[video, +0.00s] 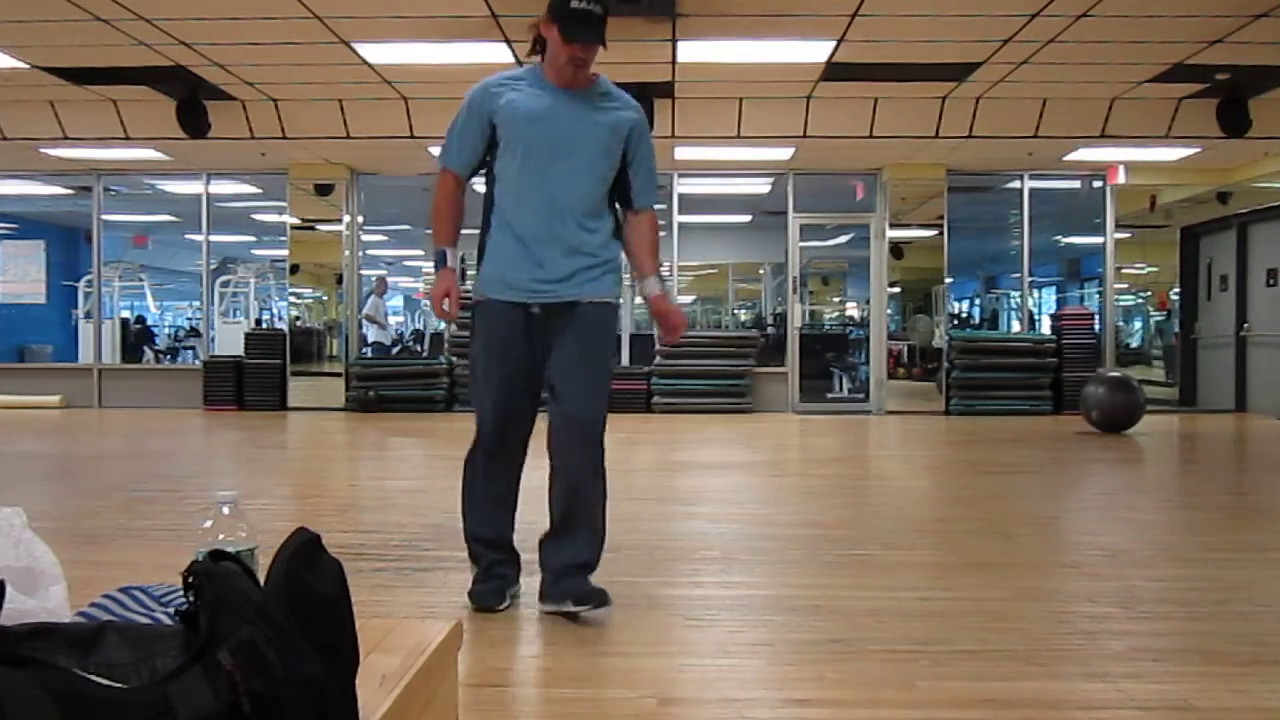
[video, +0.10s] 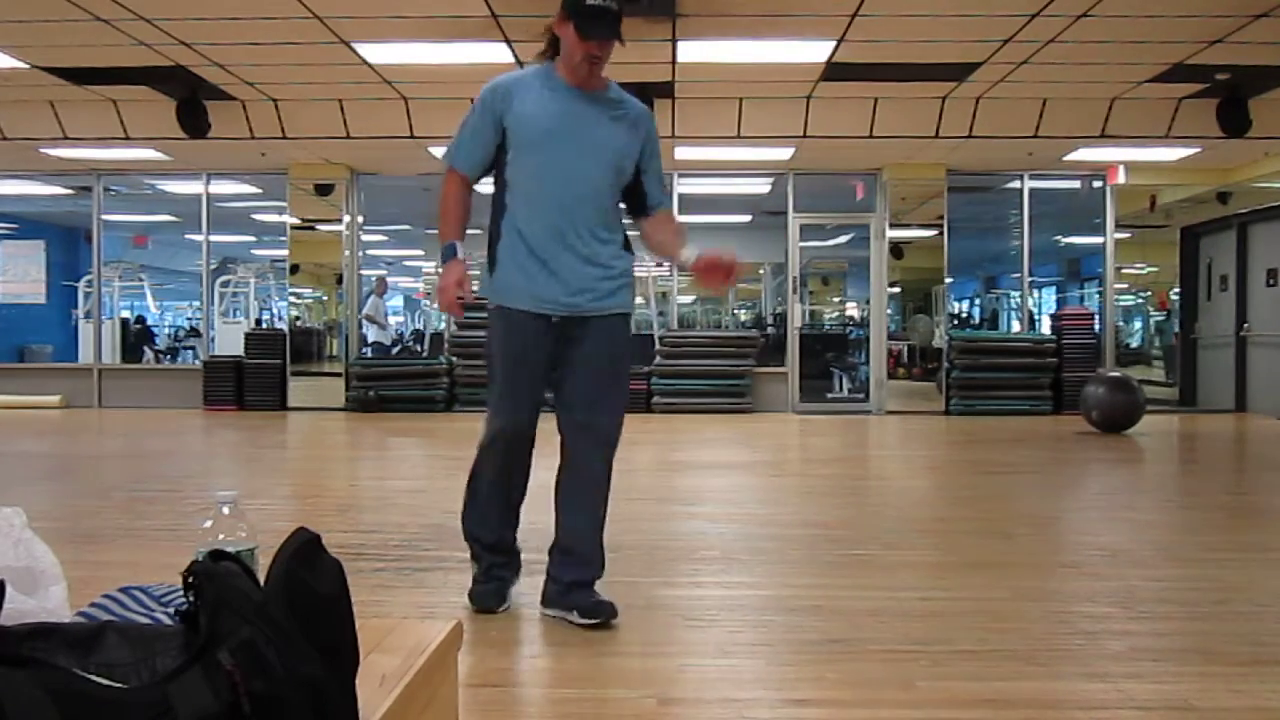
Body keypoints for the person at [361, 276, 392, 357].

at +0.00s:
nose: (386, 288)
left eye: (386, 285)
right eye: (384, 285)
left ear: (385, 286)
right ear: (378, 286)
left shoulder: (381, 301)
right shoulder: (373, 299)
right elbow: (366, 314)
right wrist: (380, 323)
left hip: (385, 338)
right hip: (377, 338)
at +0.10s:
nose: (386, 288)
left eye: (386, 285)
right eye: (384, 285)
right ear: (378, 286)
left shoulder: (381, 301)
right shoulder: (373, 299)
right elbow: (366, 314)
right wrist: (380, 323)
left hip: (385, 338)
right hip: (377, 338)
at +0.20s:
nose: (386, 288)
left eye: (386, 286)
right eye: (384, 286)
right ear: (378, 286)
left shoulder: (382, 301)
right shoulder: (373, 299)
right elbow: (366, 314)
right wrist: (380, 323)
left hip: (385, 337)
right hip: (377, 338)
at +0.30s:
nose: (386, 288)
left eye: (386, 286)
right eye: (384, 286)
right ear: (378, 286)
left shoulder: (382, 301)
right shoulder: (373, 299)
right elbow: (366, 314)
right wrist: (380, 324)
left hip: (385, 337)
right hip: (377, 337)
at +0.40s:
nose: (386, 288)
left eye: (386, 286)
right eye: (384, 286)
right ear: (378, 286)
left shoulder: (381, 301)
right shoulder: (373, 299)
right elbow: (366, 314)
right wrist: (380, 324)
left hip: (385, 337)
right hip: (377, 338)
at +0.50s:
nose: (386, 288)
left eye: (386, 286)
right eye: (384, 286)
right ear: (378, 286)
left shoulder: (381, 301)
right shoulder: (373, 299)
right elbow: (366, 314)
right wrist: (379, 323)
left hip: (385, 337)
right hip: (377, 338)